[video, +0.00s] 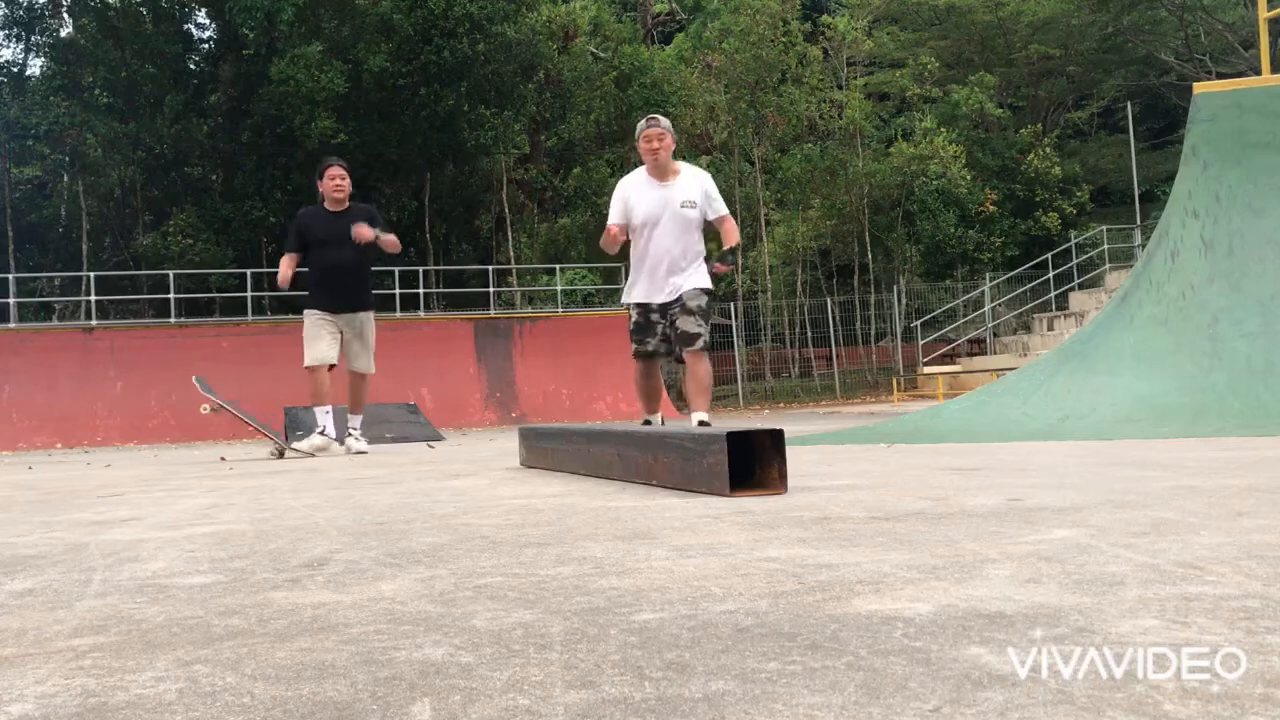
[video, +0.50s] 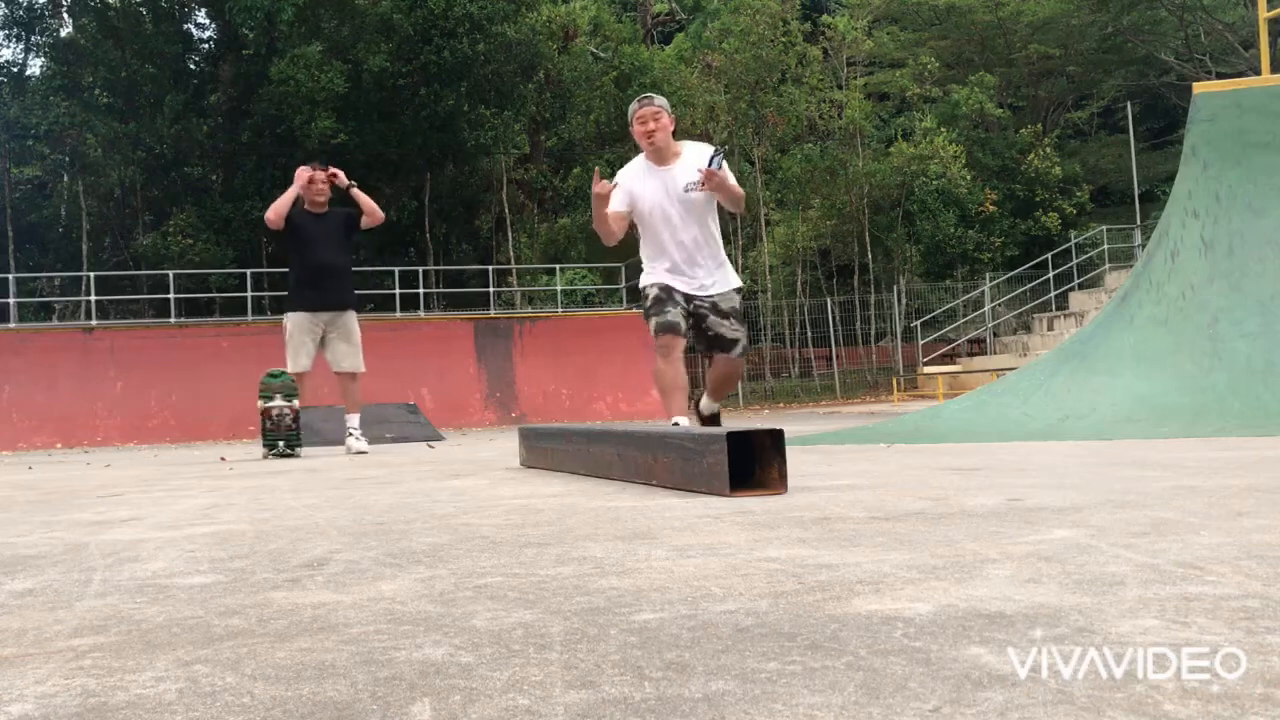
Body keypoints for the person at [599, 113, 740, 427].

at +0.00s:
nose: (654, 145)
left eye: (660, 139)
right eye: (647, 141)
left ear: (673, 142)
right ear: (638, 148)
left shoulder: (698, 179)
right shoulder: (627, 185)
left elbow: (725, 222)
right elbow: (610, 247)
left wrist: (729, 250)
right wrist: (611, 238)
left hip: (690, 280)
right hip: (645, 285)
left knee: (694, 347)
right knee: (646, 357)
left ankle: (700, 419)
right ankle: (652, 423)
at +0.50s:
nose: (649, 126)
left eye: (656, 117)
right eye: (641, 122)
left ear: (672, 122)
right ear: (633, 134)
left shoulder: (704, 155)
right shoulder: (629, 176)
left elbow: (738, 205)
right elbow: (610, 237)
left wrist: (723, 188)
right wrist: (600, 206)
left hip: (712, 273)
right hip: (662, 275)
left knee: (732, 360)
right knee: (667, 340)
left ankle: (708, 408)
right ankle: (680, 424)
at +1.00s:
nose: (652, 145)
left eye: (660, 135)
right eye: (642, 139)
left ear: (676, 139)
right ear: (632, 150)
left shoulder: (710, 174)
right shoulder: (628, 198)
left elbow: (745, 230)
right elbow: (604, 259)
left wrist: (735, 203)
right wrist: (582, 237)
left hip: (722, 280)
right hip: (670, 298)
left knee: (722, 329)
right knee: (656, 375)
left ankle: (741, 421)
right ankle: (685, 429)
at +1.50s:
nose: (663, 154)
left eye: (670, 143)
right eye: (652, 148)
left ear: (686, 145)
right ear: (640, 157)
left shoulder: (721, 183)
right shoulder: (634, 207)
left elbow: (757, 246)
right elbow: (616, 274)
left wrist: (744, 221)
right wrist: (593, 254)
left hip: (732, 280)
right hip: (679, 308)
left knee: (722, 320)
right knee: (674, 410)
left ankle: (738, 430)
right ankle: (690, 429)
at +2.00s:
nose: (634, 124)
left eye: (638, 113)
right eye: (632, 116)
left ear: (667, 108)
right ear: (654, 110)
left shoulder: (723, 145)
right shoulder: (640, 170)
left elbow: (769, 200)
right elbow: (628, 237)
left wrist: (744, 233)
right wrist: (619, 280)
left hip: (736, 266)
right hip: (682, 287)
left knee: (717, 321)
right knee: (675, 394)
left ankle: (737, 431)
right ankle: (693, 432)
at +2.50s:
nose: (668, 68)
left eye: (671, 60)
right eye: (671, 61)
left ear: (680, 62)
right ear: (710, 70)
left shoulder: (681, 101)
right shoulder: (727, 115)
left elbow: (670, 159)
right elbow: (726, 182)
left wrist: (625, 221)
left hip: (702, 237)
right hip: (732, 238)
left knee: (696, 328)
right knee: (714, 332)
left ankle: (725, 425)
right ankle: (735, 425)